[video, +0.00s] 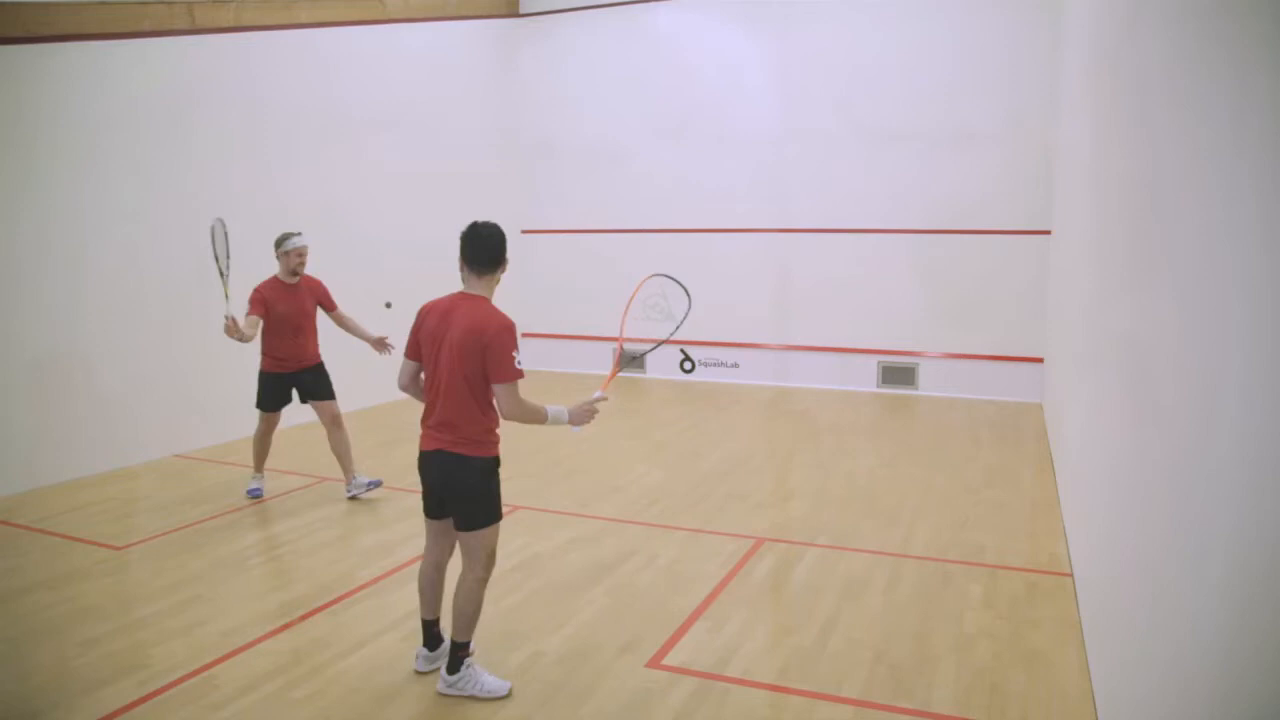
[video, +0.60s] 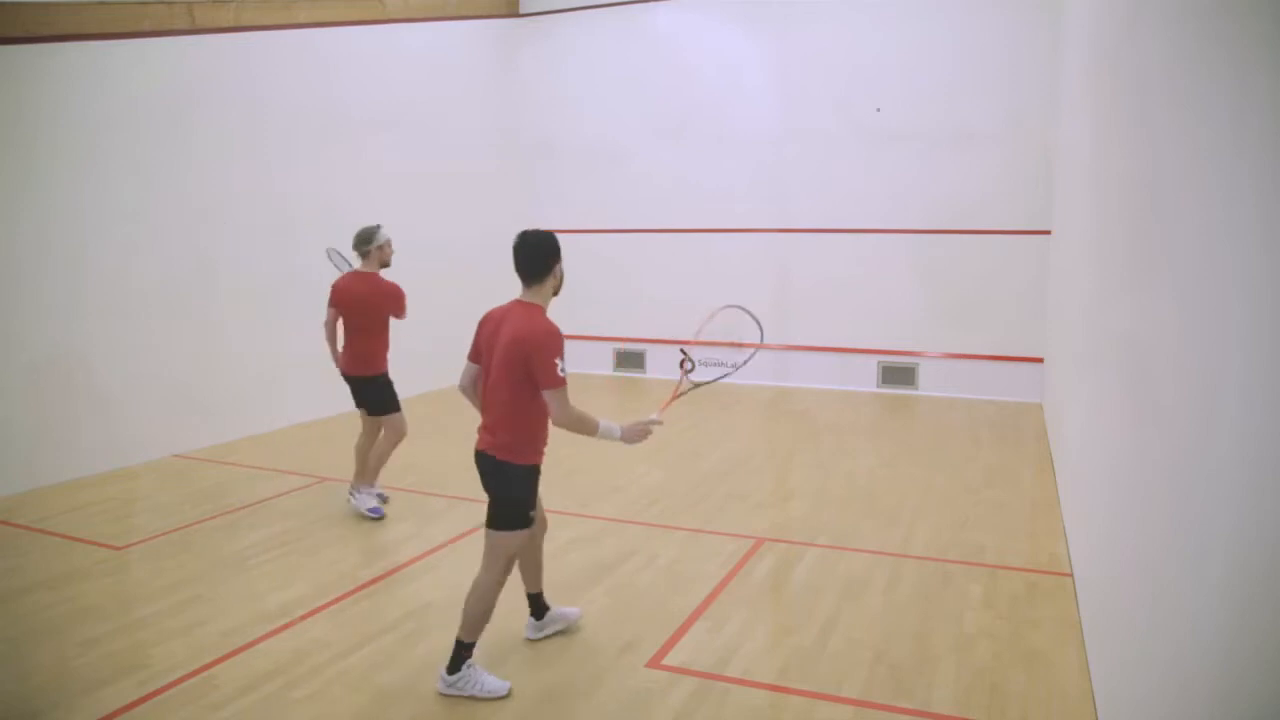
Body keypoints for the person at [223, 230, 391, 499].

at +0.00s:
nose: (302, 260)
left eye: (304, 254)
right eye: (296, 255)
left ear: (307, 256)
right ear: (280, 256)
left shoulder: (314, 286)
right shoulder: (263, 292)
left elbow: (340, 318)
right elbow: (250, 332)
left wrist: (370, 338)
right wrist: (239, 333)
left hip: (310, 367)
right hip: (275, 371)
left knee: (334, 418)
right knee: (267, 424)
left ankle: (352, 480)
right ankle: (257, 477)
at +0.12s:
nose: (315, 262)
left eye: (317, 257)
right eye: (309, 258)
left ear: (319, 258)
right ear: (293, 259)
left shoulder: (326, 289)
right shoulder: (280, 296)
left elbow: (345, 321)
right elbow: (274, 339)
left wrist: (371, 344)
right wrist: (258, 340)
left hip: (323, 370)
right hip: (288, 373)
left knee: (344, 420)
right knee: (277, 426)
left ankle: (356, 484)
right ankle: (260, 475)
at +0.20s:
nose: (330, 262)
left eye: (332, 257)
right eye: (323, 257)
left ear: (334, 258)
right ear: (307, 259)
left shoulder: (336, 286)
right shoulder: (298, 297)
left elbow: (344, 321)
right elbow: (309, 337)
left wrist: (365, 347)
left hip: (335, 368)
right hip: (303, 373)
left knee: (355, 419)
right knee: (293, 428)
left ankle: (359, 484)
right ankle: (265, 473)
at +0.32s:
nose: (352, 257)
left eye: (353, 252)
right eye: (346, 253)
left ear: (348, 255)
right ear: (329, 256)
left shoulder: (342, 285)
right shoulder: (323, 297)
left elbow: (342, 327)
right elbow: (356, 336)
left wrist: (357, 351)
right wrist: (393, 362)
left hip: (349, 367)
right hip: (323, 373)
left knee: (364, 421)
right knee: (325, 433)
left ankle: (359, 484)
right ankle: (288, 463)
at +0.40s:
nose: (364, 256)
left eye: (365, 250)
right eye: (358, 251)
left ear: (348, 254)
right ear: (340, 254)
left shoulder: (338, 284)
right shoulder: (344, 292)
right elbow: (379, 329)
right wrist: (411, 349)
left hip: (356, 368)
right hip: (333, 372)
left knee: (367, 418)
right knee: (347, 430)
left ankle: (359, 484)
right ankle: (310, 464)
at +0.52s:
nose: (383, 251)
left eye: (381, 246)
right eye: (378, 246)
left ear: (356, 252)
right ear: (364, 251)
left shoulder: (335, 284)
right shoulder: (375, 292)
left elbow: (328, 322)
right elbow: (402, 323)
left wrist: (339, 348)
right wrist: (404, 319)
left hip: (343, 368)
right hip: (363, 371)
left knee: (369, 428)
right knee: (377, 430)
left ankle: (361, 482)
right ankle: (345, 480)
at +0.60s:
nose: (392, 251)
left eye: (390, 245)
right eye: (388, 246)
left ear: (362, 252)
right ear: (376, 251)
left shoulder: (341, 284)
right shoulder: (388, 289)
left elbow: (330, 322)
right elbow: (400, 312)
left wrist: (335, 355)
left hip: (352, 367)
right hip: (374, 370)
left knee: (371, 428)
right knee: (396, 429)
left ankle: (359, 487)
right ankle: (365, 488)